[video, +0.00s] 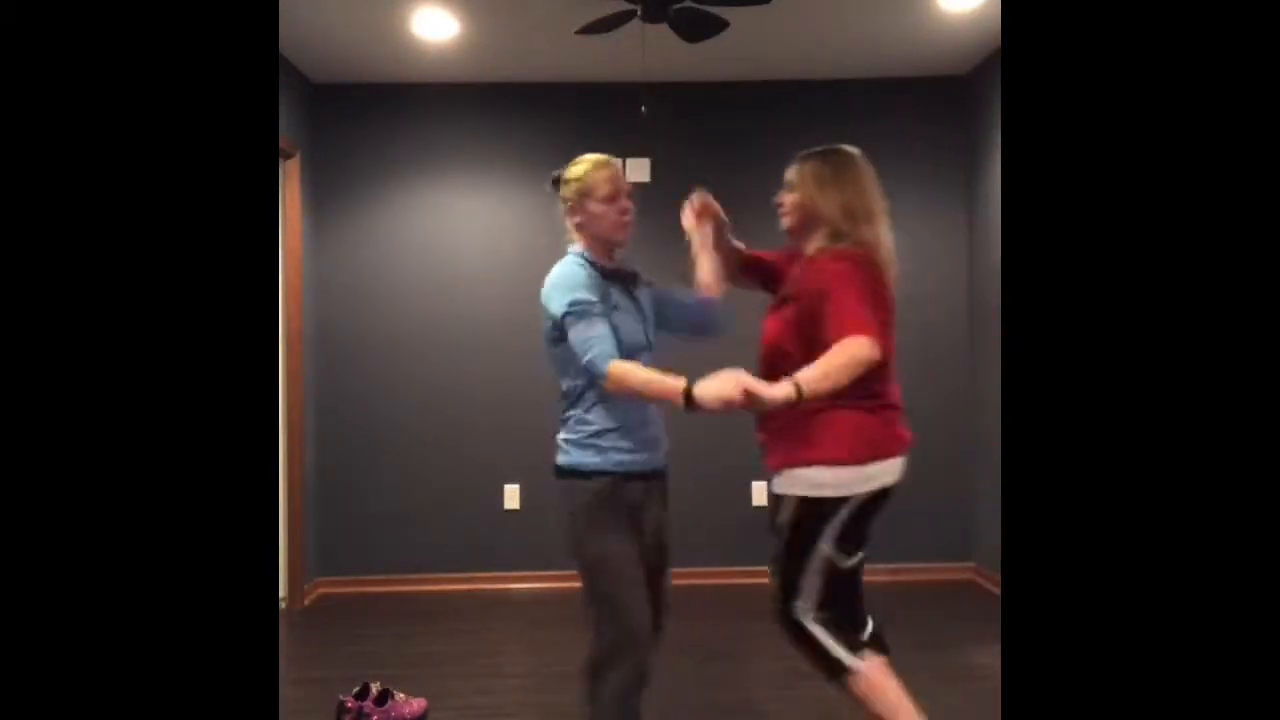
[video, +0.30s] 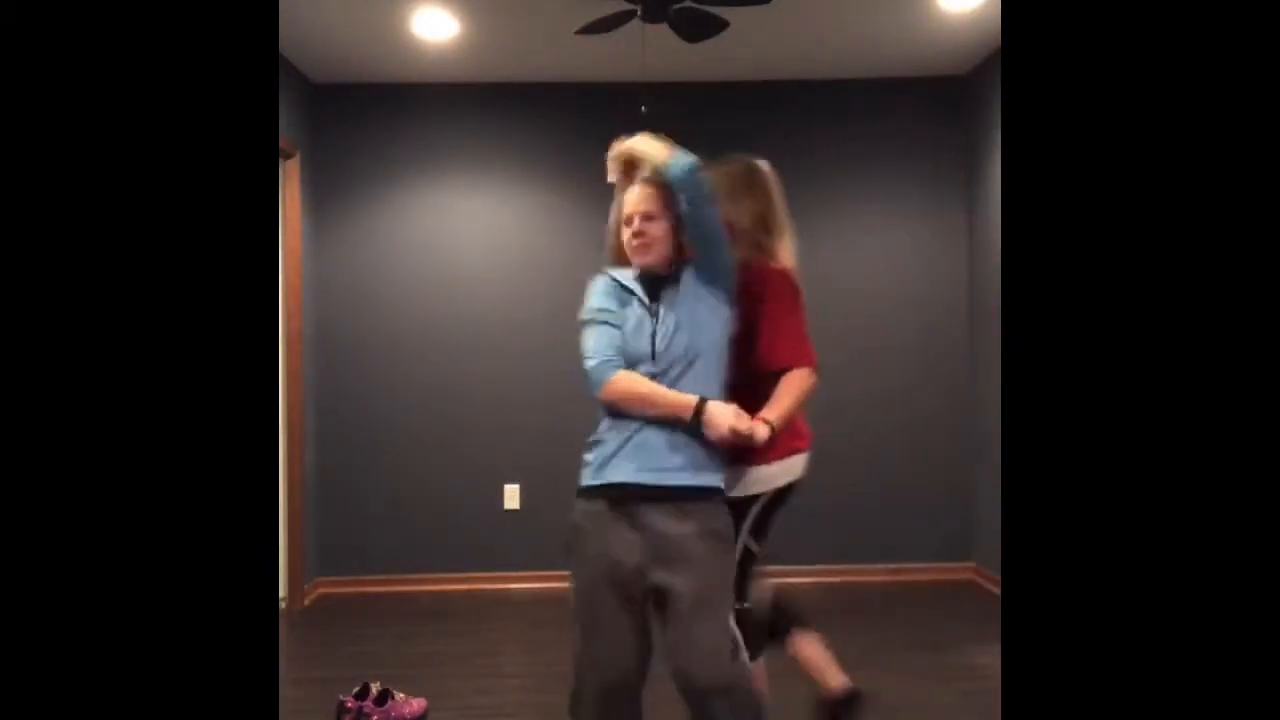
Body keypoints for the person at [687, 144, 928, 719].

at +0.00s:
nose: (780, 199)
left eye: (792, 188)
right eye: (783, 189)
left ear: (826, 197)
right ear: (822, 200)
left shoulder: (840, 266)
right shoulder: (802, 263)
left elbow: (862, 346)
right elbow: (738, 266)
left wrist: (788, 388)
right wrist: (712, 231)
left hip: (845, 462)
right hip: (822, 459)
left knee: (804, 609)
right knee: (838, 607)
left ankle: (902, 710)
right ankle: (899, 708)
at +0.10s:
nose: (752, 202)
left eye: (763, 191)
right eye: (754, 192)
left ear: (795, 200)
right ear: (798, 203)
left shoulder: (813, 264)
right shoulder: (775, 260)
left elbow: (840, 356)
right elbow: (701, 257)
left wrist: (787, 409)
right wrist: (694, 189)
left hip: (810, 459)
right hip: (823, 454)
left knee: (754, 586)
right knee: (829, 590)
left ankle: (825, 708)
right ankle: (888, 710)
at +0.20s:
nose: (728, 209)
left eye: (737, 198)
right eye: (726, 199)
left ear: (760, 205)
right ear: (793, 203)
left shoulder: (787, 274)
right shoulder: (743, 268)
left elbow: (822, 364)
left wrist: (773, 420)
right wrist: (677, 160)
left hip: (776, 465)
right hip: (790, 458)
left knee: (738, 594)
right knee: (808, 591)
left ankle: (755, 711)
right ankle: (884, 710)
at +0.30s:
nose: (710, 221)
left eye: (718, 207)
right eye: (708, 208)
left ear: (743, 212)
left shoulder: (768, 280)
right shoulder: (717, 285)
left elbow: (802, 370)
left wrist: (762, 423)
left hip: (767, 459)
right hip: (733, 455)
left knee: (728, 588)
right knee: (743, 584)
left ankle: (747, 704)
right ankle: (835, 686)